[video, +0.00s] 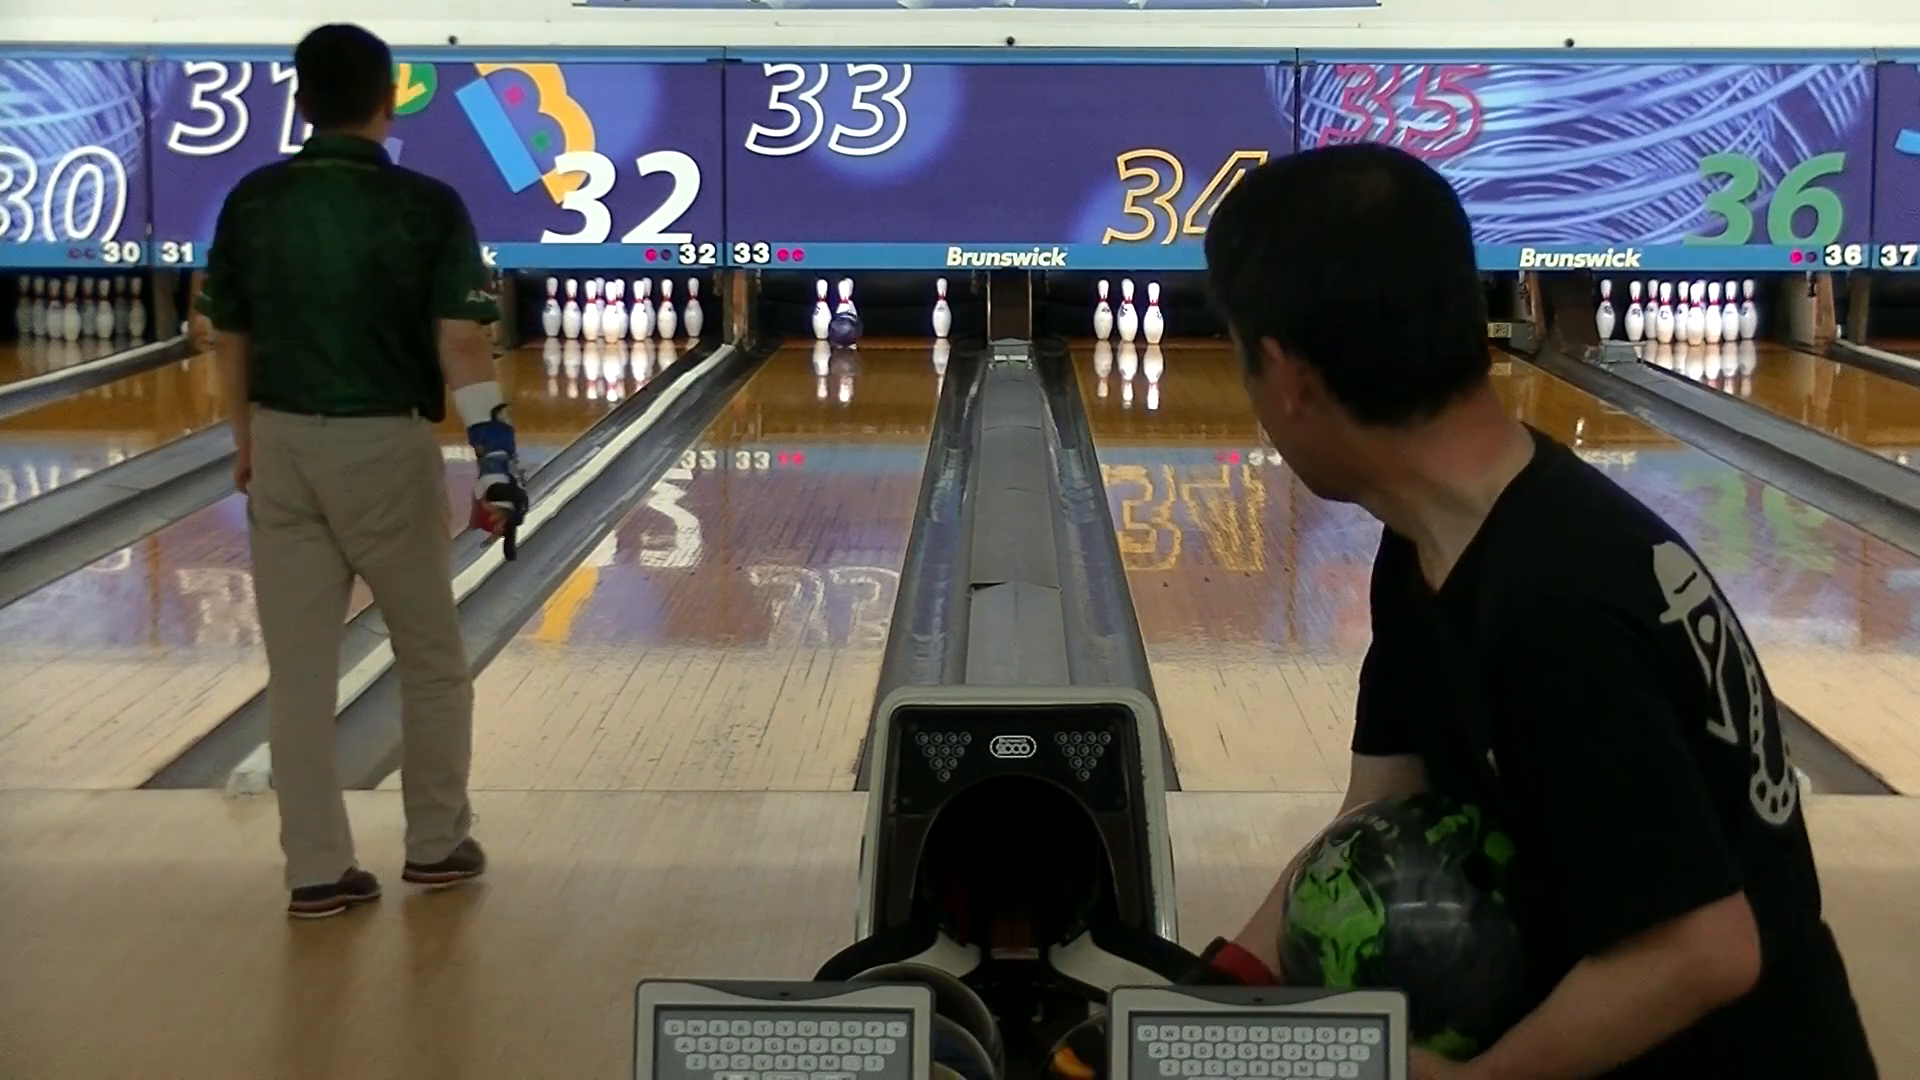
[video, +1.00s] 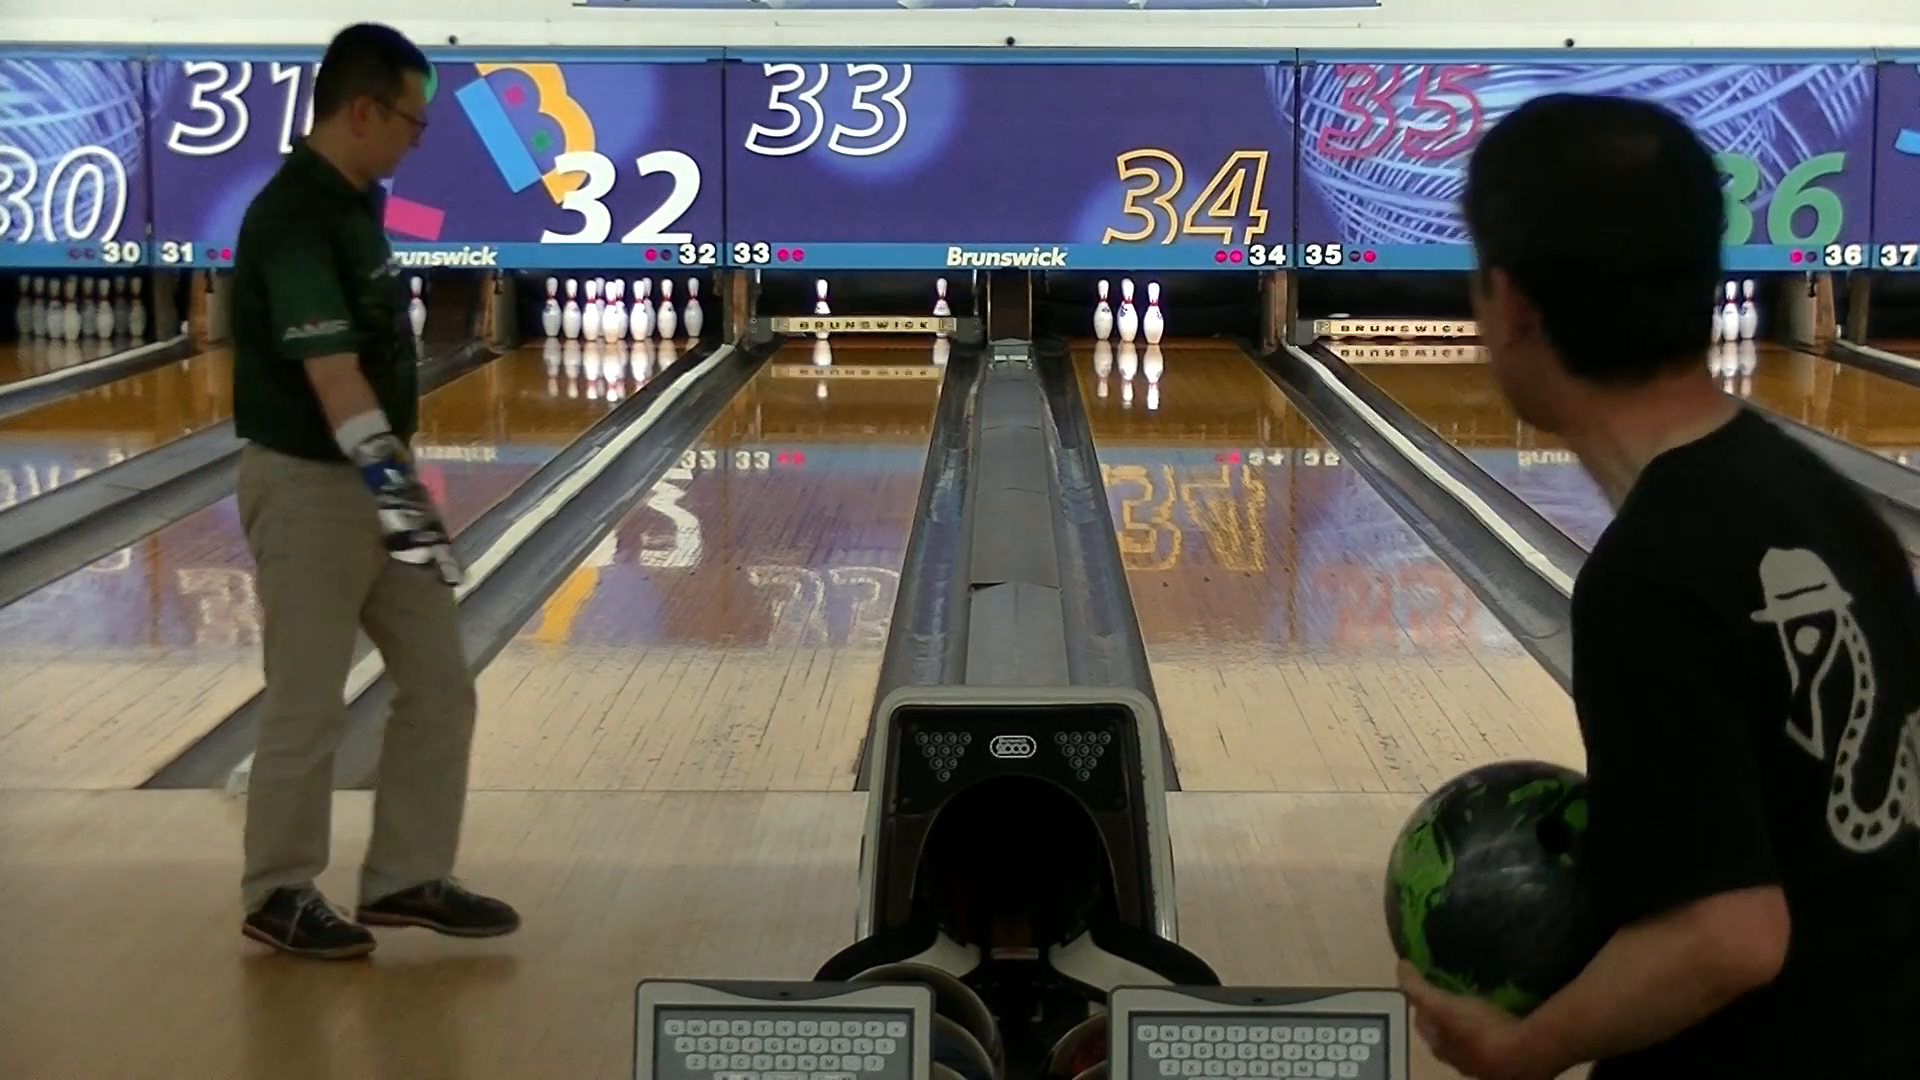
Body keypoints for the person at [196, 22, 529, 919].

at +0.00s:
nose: (398, 103)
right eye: (394, 90)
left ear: (304, 101)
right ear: (389, 99)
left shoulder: (252, 199)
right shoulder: (426, 205)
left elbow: (229, 337)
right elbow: (463, 342)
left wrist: (245, 437)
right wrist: (497, 453)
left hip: (278, 450)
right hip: (385, 449)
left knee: (297, 670)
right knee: (432, 656)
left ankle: (315, 874)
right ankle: (438, 846)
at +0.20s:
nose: (380, 102)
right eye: (379, 88)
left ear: (287, 96)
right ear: (375, 94)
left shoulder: (235, 198)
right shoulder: (408, 204)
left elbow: (209, 340)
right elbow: (436, 343)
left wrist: (221, 444)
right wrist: (472, 436)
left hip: (262, 450)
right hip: (368, 449)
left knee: (290, 675)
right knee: (419, 661)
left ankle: (314, 877)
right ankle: (401, 849)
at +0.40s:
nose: (379, 99)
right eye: (377, 86)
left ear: (284, 94)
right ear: (372, 93)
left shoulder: (231, 195)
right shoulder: (397, 210)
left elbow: (205, 335)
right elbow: (423, 355)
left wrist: (213, 437)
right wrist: (449, 450)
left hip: (261, 447)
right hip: (357, 451)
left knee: (290, 660)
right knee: (390, 655)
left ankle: (312, 866)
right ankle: (314, 844)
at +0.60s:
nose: (382, 103)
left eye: (374, 88)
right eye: (380, 89)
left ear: (285, 95)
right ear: (371, 96)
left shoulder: (238, 197)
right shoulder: (383, 212)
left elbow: (213, 331)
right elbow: (426, 359)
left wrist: (240, 429)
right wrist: (437, 437)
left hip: (260, 453)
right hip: (340, 459)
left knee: (294, 664)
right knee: (349, 675)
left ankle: (312, 852)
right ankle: (290, 887)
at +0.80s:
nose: (394, 108)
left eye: (388, 92)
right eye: (389, 92)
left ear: (304, 102)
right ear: (368, 99)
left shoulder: (264, 197)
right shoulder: (350, 214)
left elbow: (240, 336)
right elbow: (404, 371)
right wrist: (444, 447)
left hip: (288, 460)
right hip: (334, 468)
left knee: (360, 661)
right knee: (329, 676)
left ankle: (342, 852)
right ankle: (280, 894)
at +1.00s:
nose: (418, 137)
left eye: (420, 120)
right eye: (410, 118)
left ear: (361, 113)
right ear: (359, 109)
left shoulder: (354, 207)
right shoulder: (294, 212)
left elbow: (361, 355)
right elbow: (331, 369)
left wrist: (399, 468)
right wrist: (401, 487)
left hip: (374, 475)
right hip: (306, 480)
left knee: (440, 684)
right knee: (307, 702)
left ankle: (406, 877)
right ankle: (279, 892)